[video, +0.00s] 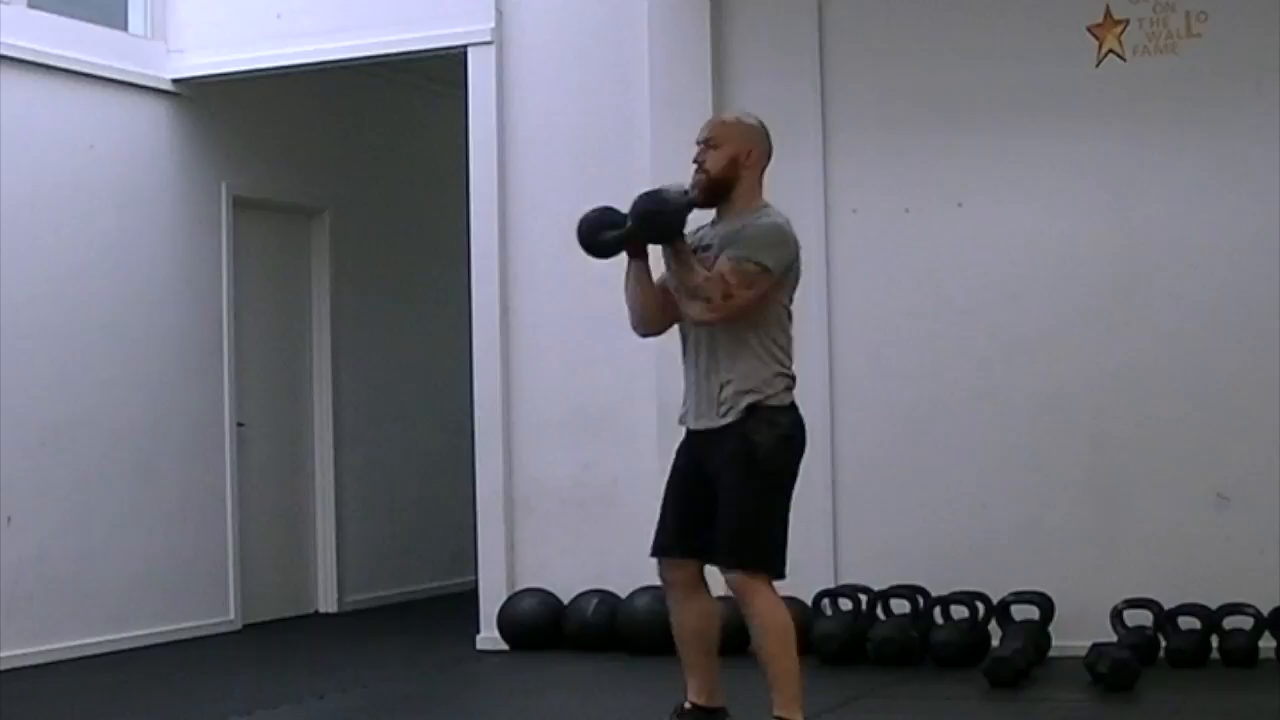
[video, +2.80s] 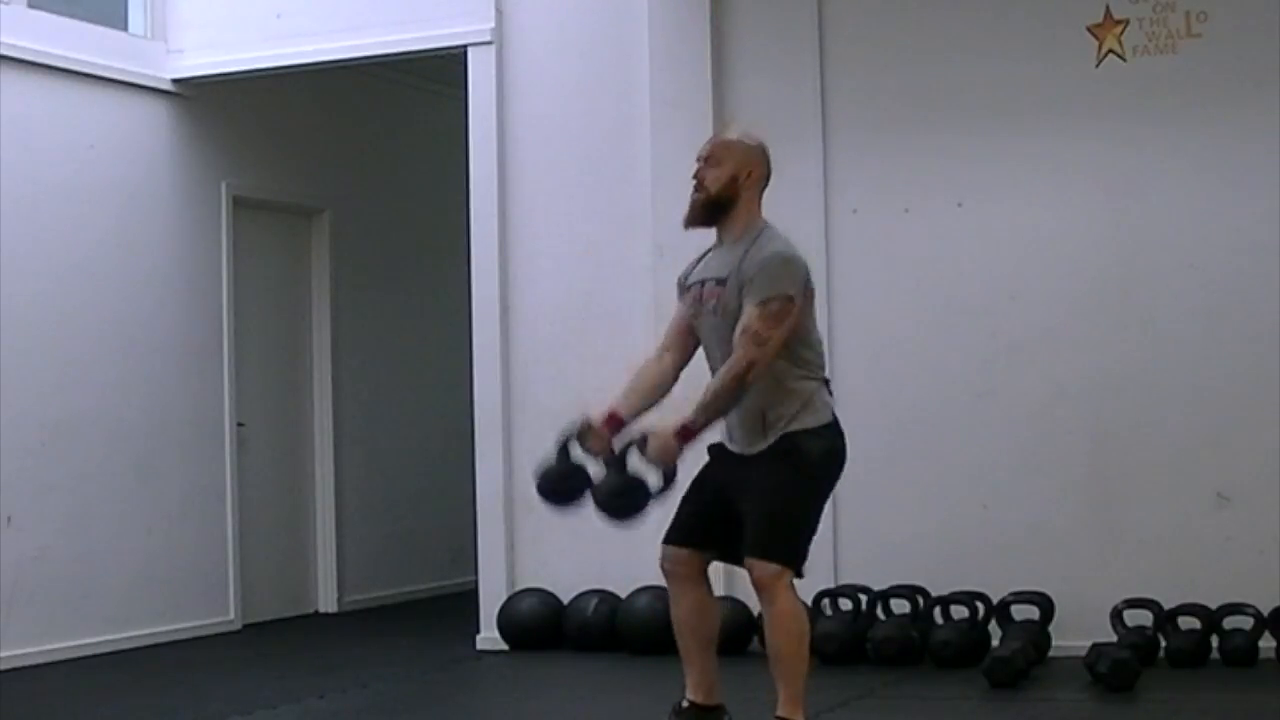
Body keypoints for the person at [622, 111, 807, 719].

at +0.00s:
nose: (696, 155)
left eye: (709, 146)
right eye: (697, 146)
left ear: (748, 159)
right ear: (726, 161)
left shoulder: (771, 233)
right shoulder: (700, 237)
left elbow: (707, 301)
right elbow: (647, 319)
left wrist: (673, 237)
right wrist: (636, 248)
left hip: (761, 425)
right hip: (706, 429)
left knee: (747, 574)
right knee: (678, 565)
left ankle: (789, 712)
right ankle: (703, 705)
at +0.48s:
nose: (718, 148)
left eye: (734, 141)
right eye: (722, 140)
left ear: (764, 163)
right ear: (733, 160)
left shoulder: (771, 228)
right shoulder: (698, 228)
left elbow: (700, 268)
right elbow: (623, 275)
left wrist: (692, 196)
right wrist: (644, 210)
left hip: (734, 414)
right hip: (678, 414)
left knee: (722, 561)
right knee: (658, 559)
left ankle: (781, 709)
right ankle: (696, 700)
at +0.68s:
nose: (688, 151)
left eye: (703, 144)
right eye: (687, 143)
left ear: (737, 162)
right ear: (686, 162)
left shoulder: (748, 220)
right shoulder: (674, 218)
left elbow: (719, 168)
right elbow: (623, 162)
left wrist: (708, 92)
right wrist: (651, 94)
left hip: (743, 425)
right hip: (691, 426)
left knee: (731, 575)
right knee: (657, 572)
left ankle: (789, 712)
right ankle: (701, 706)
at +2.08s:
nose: (708, 143)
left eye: (721, 135)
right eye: (712, 135)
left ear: (745, 162)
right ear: (714, 161)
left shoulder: (781, 222)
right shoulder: (697, 229)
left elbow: (720, 238)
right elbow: (622, 247)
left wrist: (715, 166)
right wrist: (647, 181)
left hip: (748, 422)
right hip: (691, 422)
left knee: (759, 573)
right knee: (692, 568)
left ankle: (791, 711)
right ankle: (705, 704)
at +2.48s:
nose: (707, 147)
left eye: (722, 138)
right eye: (709, 138)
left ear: (760, 156)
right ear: (729, 156)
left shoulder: (782, 226)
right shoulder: (705, 232)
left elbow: (763, 306)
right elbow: (665, 318)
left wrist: (698, 262)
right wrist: (629, 260)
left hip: (756, 422)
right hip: (702, 423)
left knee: (762, 573)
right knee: (699, 567)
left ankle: (790, 713)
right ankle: (704, 705)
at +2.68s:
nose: (709, 153)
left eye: (724, 143)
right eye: (711, 143)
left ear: (763, 157)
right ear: (741, 159)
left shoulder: (786, 230)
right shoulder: (707, 244)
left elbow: (776, 323)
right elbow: (678, 327)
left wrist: (687, 335)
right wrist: (613, 336)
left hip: (787, 426)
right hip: (730, 431)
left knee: (769, 568)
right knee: (694, 563)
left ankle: (791, 712)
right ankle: (704, 704)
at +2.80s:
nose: (695, 172)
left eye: (708, 163)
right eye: (698, 163)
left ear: (747, 179)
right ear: (732, 181)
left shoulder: (777, 259)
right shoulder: (703, 271)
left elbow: (747, 363)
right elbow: (668, 357)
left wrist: (681, 433)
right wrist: (612, 420)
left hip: (802, 442)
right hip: (741, 445)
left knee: (768, 570)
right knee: (682, 559)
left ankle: (792, 712)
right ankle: (702, 704)